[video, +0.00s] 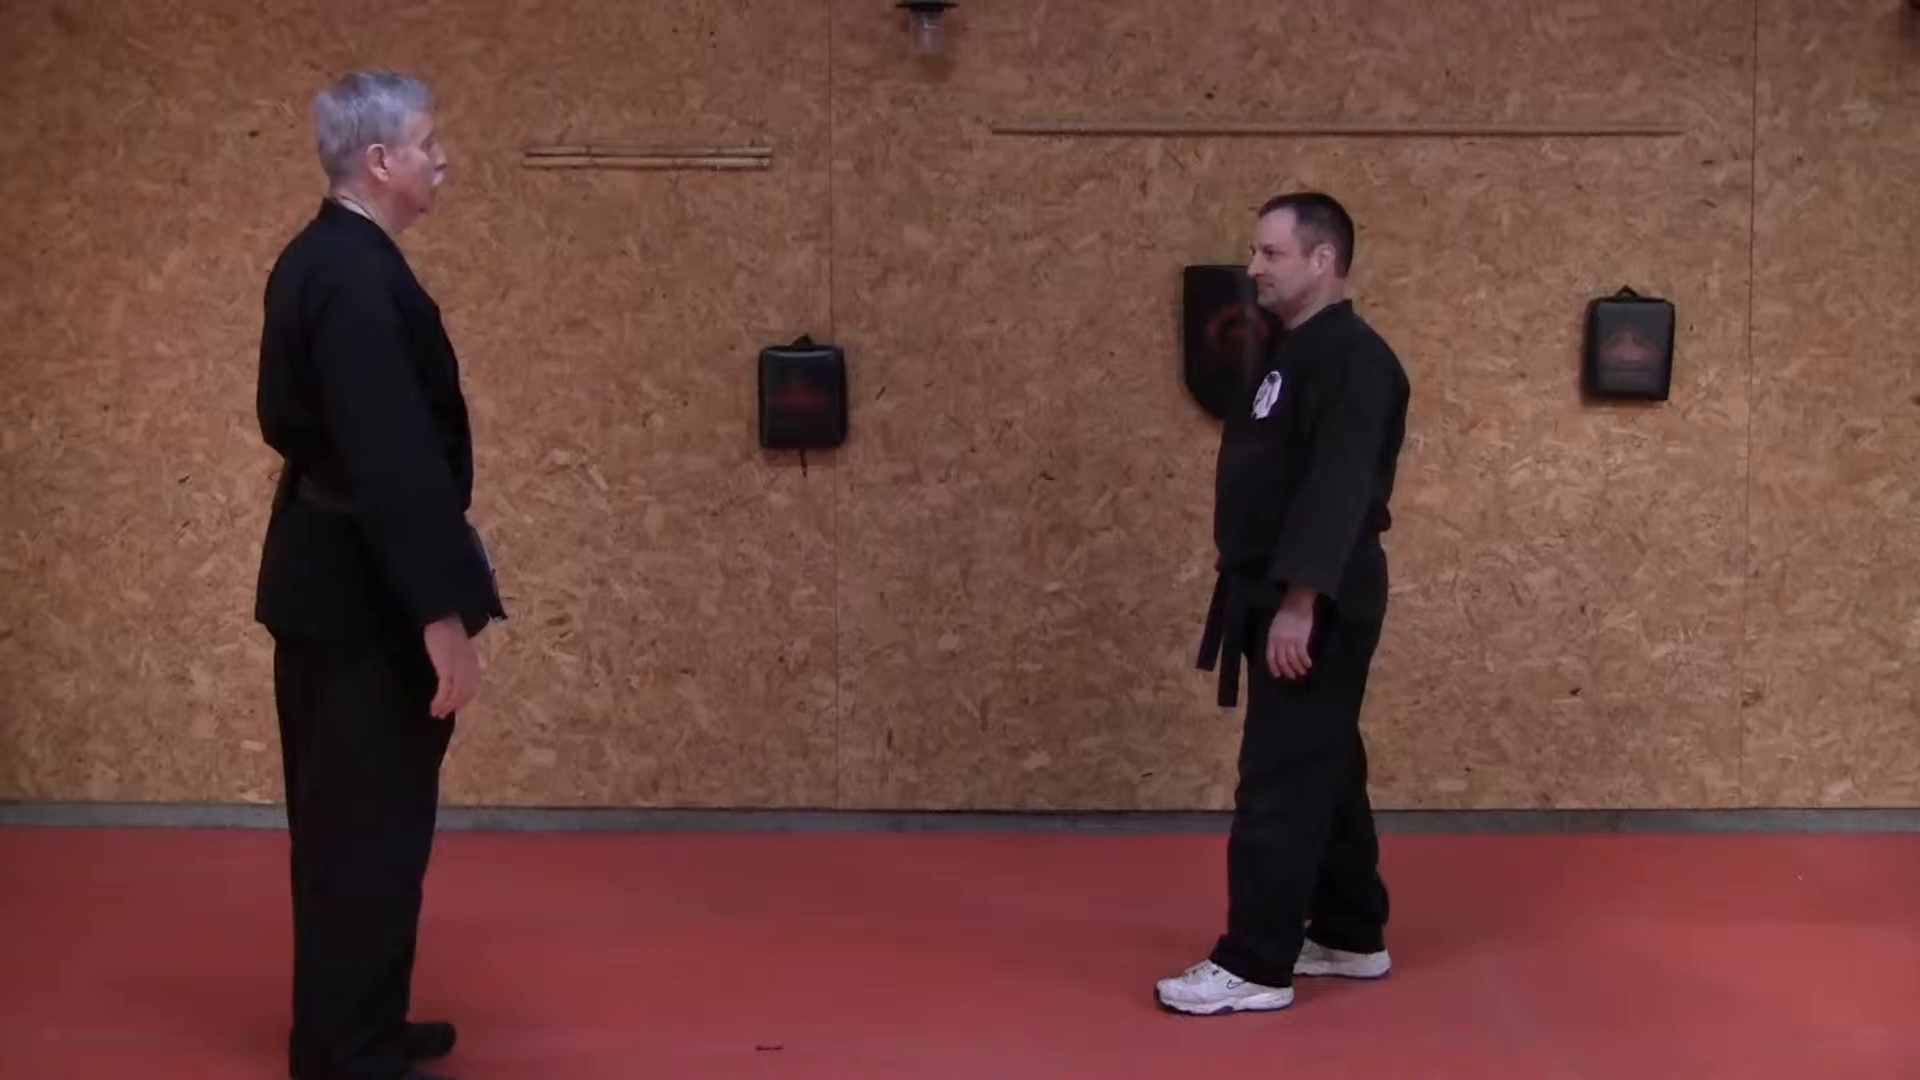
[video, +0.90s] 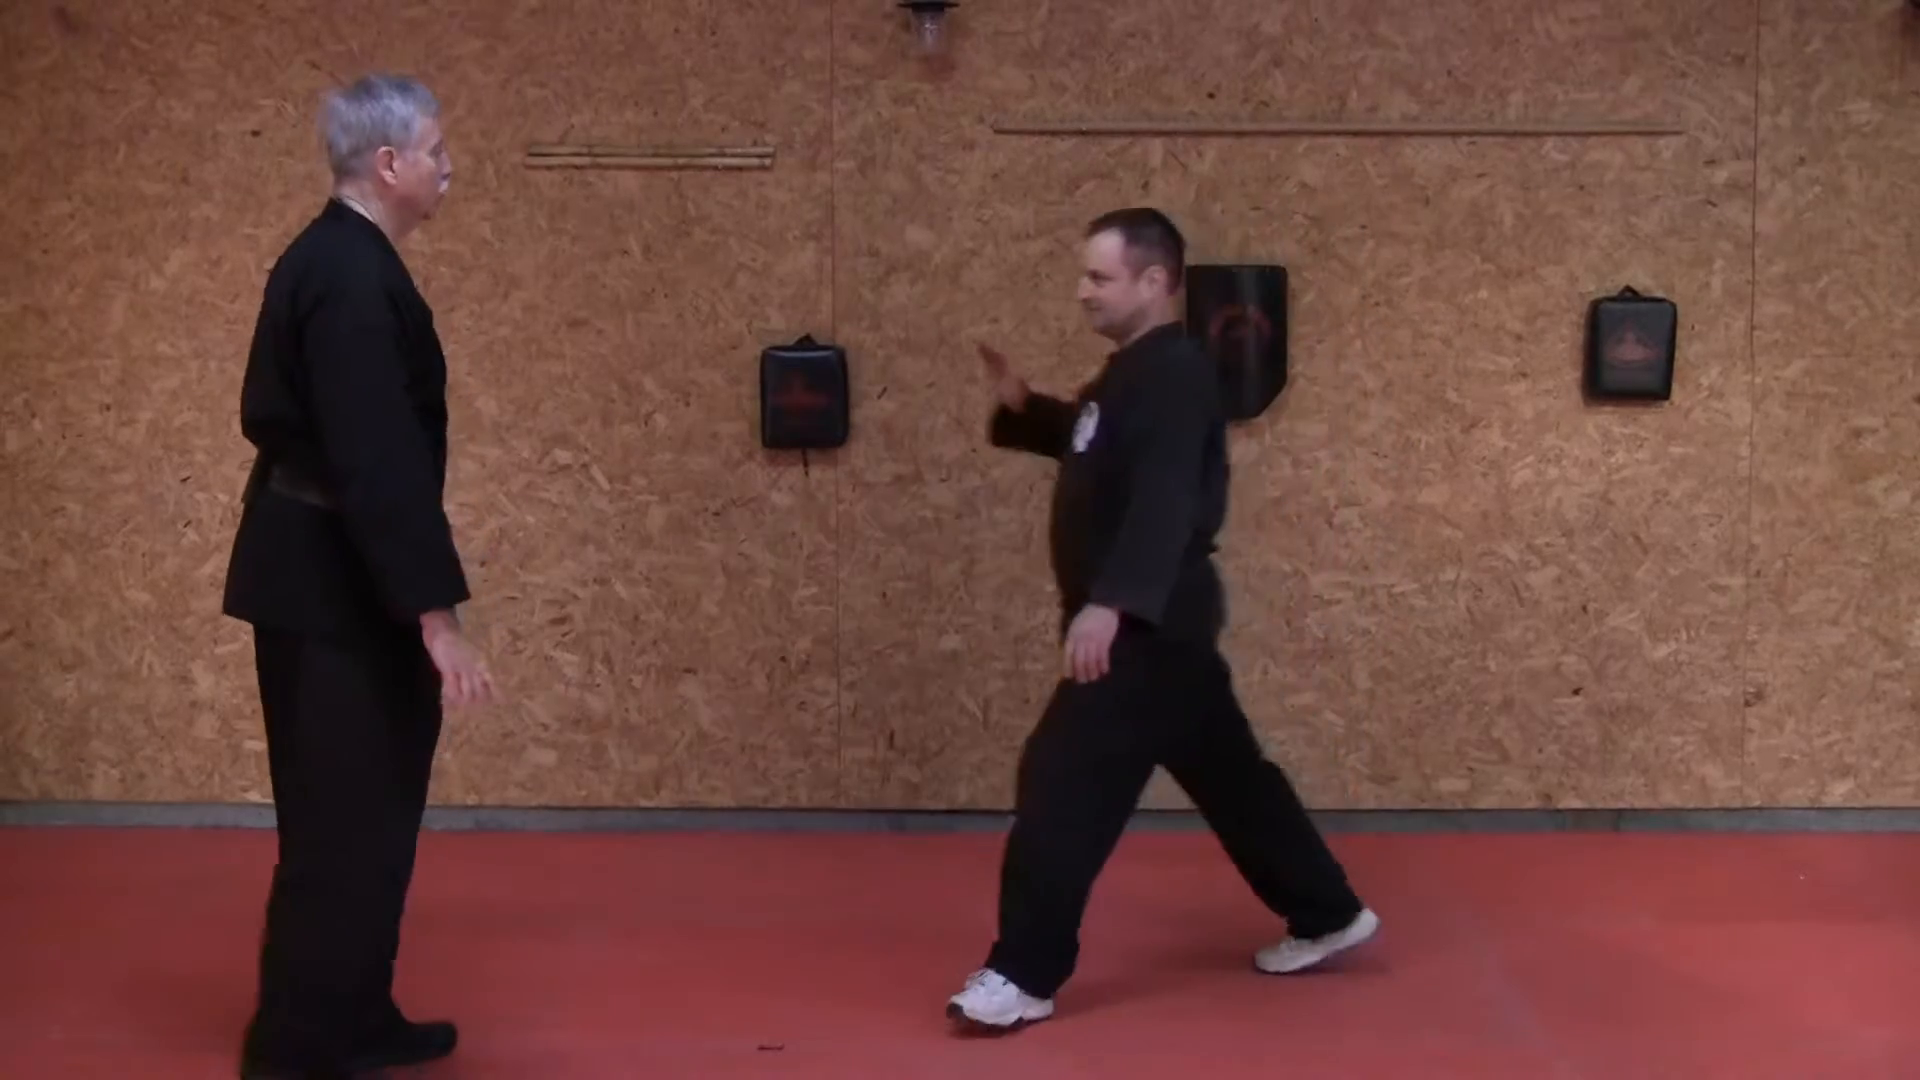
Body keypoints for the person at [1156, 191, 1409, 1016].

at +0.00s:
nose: (1256, 268)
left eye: (1272, 254)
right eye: (1255, 253)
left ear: (1326, 261)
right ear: (1302, 262)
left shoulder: (1355, 358)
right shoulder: (1293, 353)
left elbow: (1339, 489)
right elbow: (1280, 478)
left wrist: (1301, 599)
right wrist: (1249, 591)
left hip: (1320, 603)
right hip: (1286, 596)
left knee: (1279, 781)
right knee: (1322, 769)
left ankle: (1255, 962)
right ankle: (1350, 935)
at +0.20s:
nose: (1242, 269)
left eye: (1258, 254)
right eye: (1241, 254)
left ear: (1311, 259)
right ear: (1295, 261)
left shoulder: (1339, 356)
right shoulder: (1288, 351)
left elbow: (1322, 490)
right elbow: (1275, 474)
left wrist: (1285, 599)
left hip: (1308, 601)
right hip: (1282, 595)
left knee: (1265, 781)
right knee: (1316, 768)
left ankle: (1253, 963)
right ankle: (1351, 935)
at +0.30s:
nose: (1235, 273)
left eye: (1250, 258)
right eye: (1234, 258)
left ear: (1302, 259)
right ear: (1286, 260)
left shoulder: (1329, 355)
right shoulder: (1282, 350)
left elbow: (1310, 490)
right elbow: (1218, 392)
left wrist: (1271, 601)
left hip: (1299, 604)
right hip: (1282, 601)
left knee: (1251, 780)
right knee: (1313, 769)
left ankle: (1254, 964)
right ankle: (1351, 935)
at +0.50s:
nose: (1213, 284)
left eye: (1226, 269)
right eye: (1212, 270)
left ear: (1278, 266)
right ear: (1270, 269)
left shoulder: (1302, 354)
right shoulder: (1263, 349)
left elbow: (1281, 489)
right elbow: (1205, 383)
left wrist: (1230, 596)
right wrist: (1206, 307)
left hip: (1261, 602)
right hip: (1263, 600)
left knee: (1189, 764)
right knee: (1294, 765)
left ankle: (1220, 945)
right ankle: (1349, 935)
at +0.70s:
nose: (1166, 289)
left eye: (1180, 274)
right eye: (1163, 273)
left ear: (1234, 272)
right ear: (1219, 274)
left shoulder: (1253, 362)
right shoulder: (1215, 355)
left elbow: (1234, 496)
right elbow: (1201, 479)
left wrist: (1178, 598)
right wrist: (1135, 513)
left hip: (1222, 608)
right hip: (1216, 605)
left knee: (1148, 782)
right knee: (1278, 774)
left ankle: (1080, 957)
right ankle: (1346, 935)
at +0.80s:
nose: (1129, 293)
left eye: (1143, 278)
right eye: (1128, 279)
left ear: (1198, 277)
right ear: (1189, 281)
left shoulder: (1217, 358)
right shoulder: (1188, 356)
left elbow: (1203, 491)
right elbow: (1164, 472)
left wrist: (1145, 600)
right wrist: (1090, 460)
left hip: (1190, 613)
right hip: (1195, 610)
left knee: (1111, 788)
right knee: (1264, 776)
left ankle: (1042, 961)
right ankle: (1341, 931)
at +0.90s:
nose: (1084, 293)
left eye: (1099, 278)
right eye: (1084, 277)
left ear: (1156, 281)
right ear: (1139, 283)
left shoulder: (1174, 369)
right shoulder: (1135, 366)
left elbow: (1165, 499)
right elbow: (1101, 442)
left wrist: (1110, 603)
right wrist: (1023, 411)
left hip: (1146, 627)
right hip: (1146, 627)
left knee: (1060, 782)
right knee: (1231, 777)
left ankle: (1026, 973)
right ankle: (1329, 913)